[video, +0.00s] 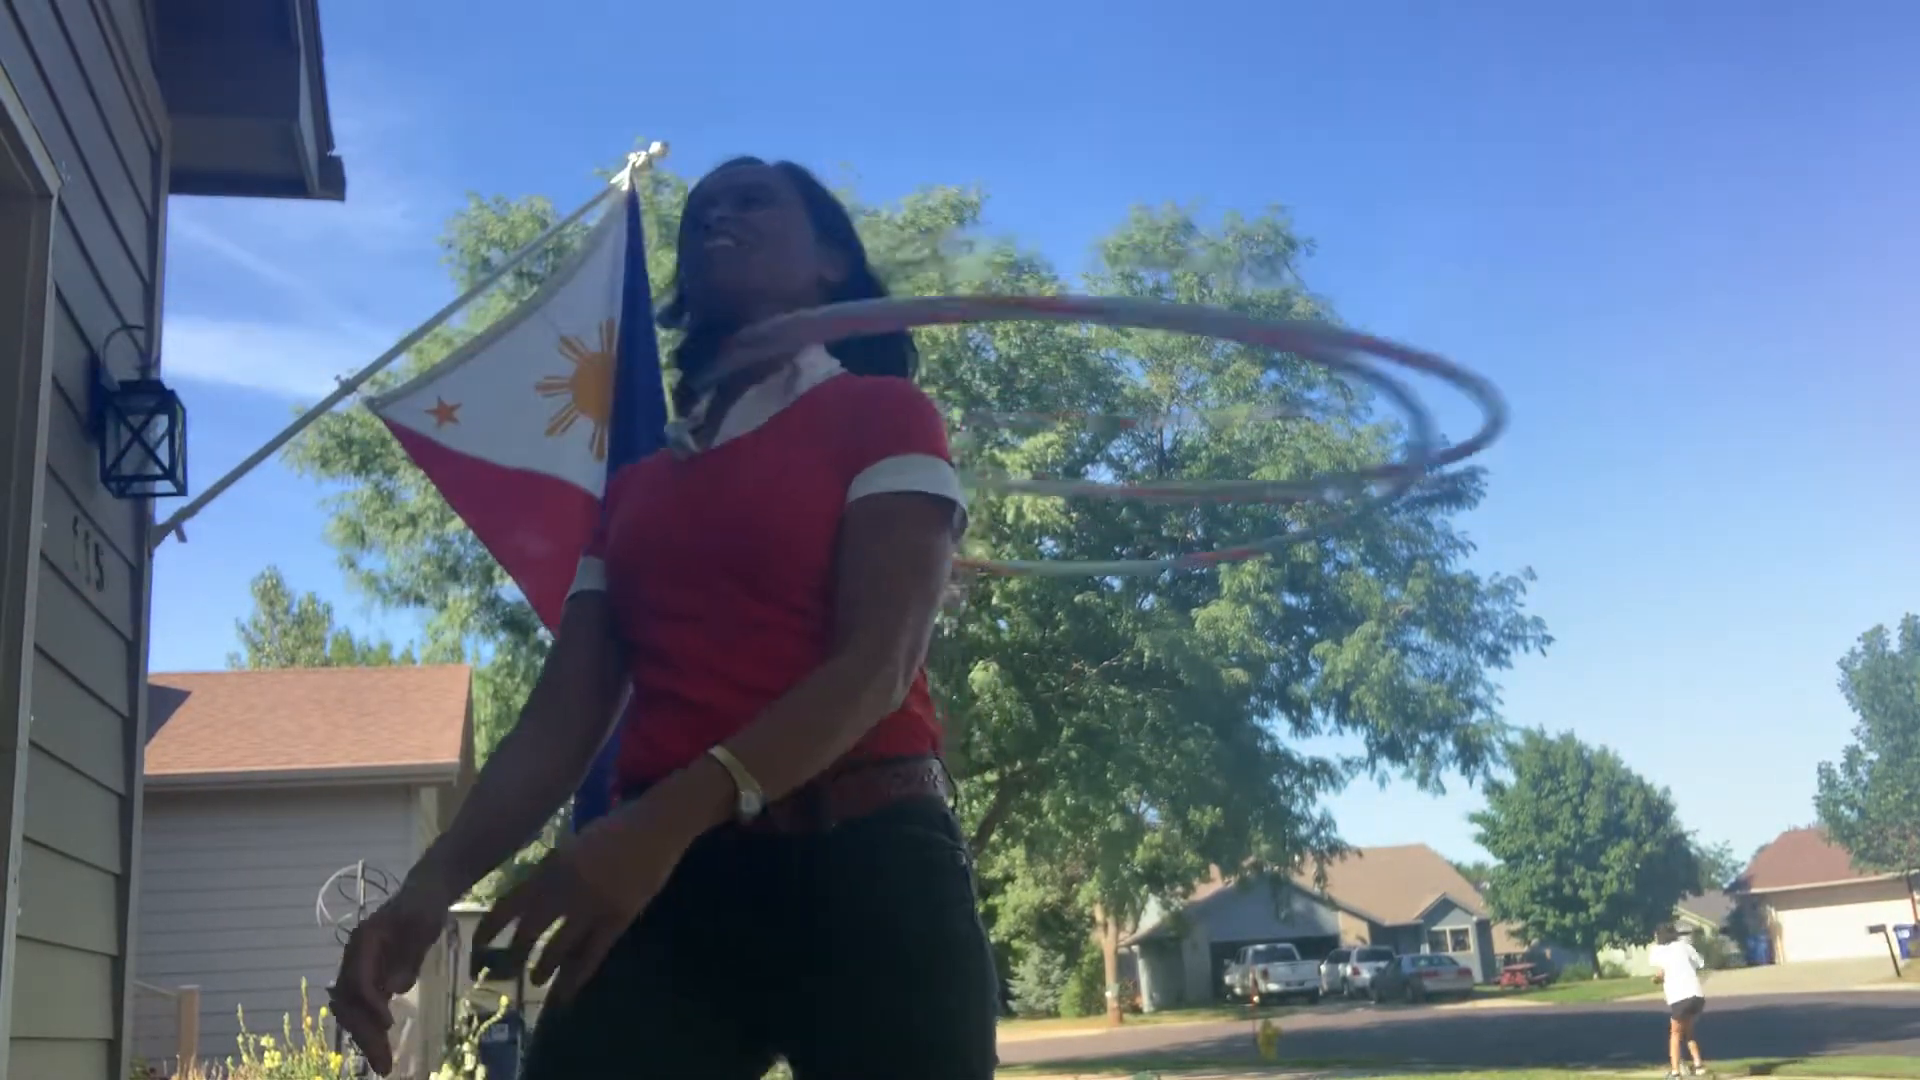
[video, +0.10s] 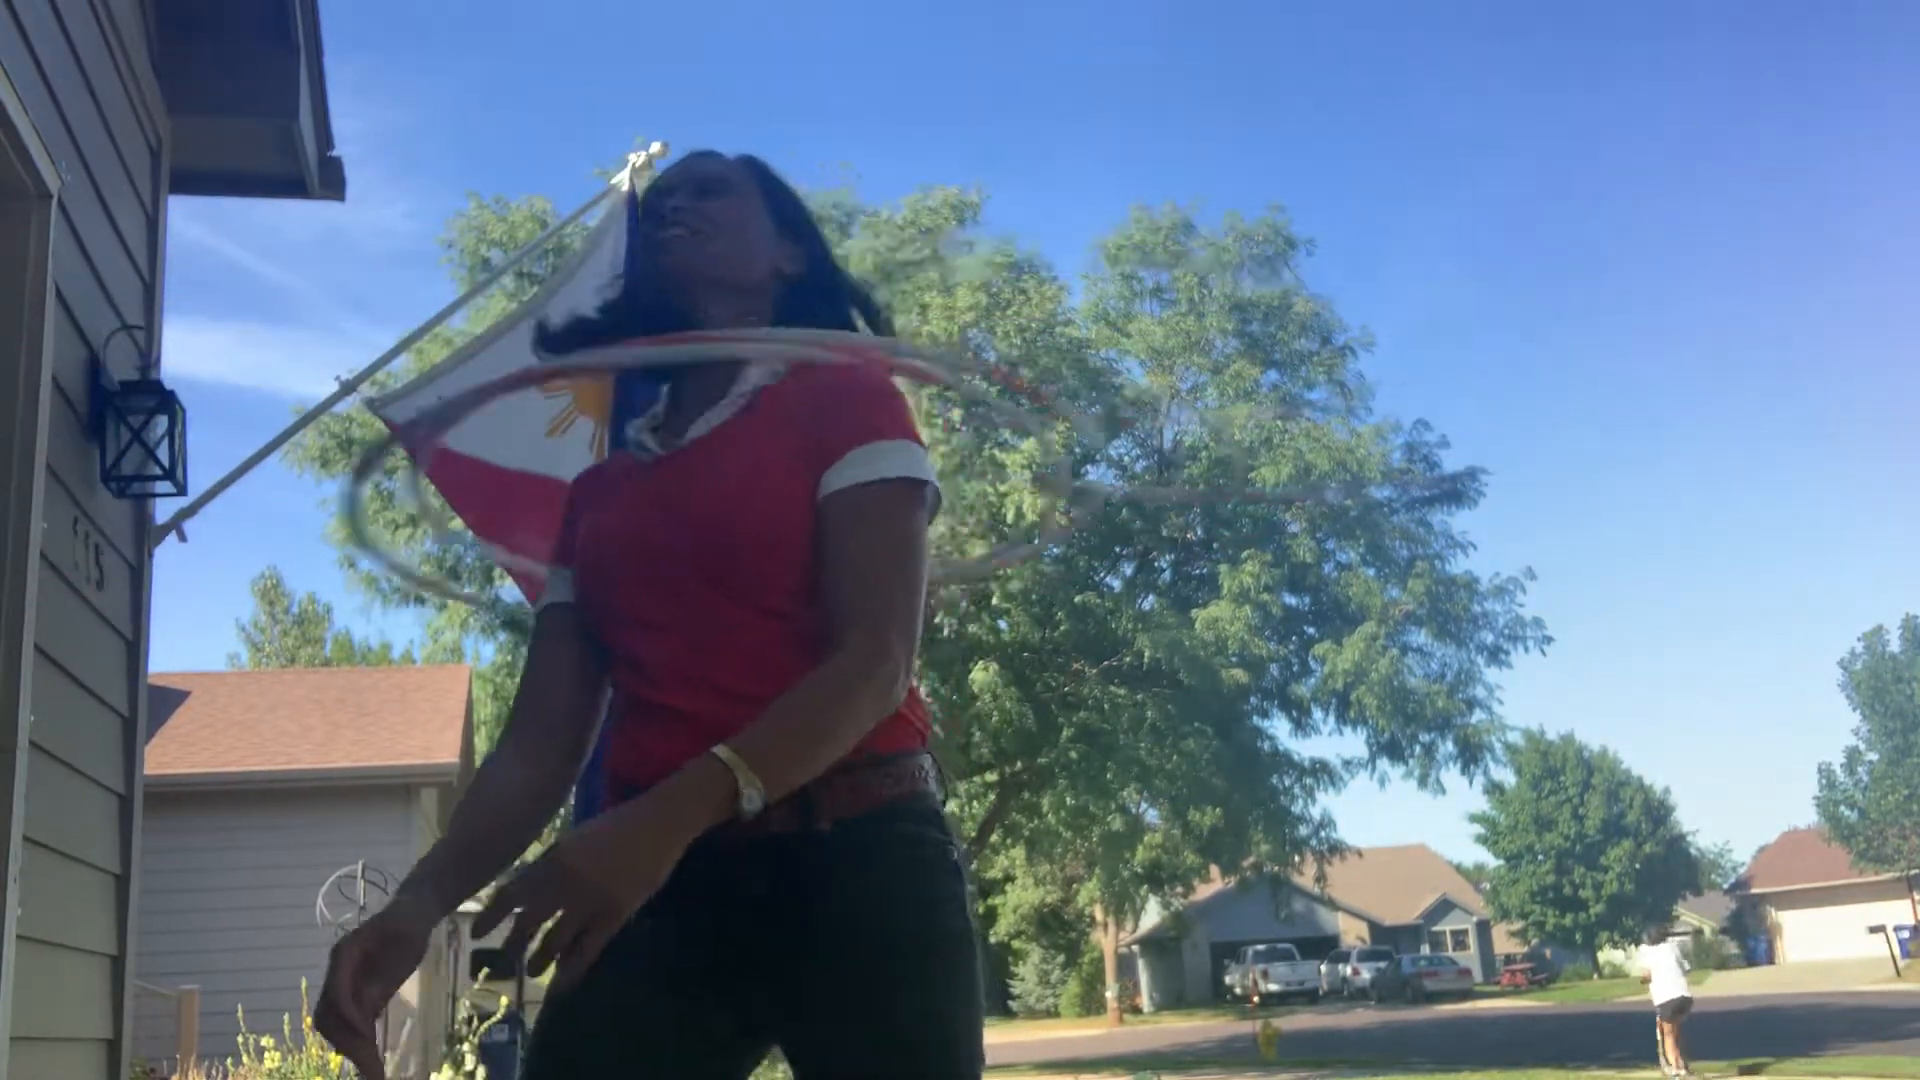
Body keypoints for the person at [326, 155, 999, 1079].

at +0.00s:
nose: (713, 222)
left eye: (752, 202)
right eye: (697, 223)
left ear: (832, 265)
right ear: (686, 291)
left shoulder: (880, 412)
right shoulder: (638, 480)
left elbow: (877, 662)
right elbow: (566, 706)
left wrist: (664, 819)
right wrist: (430, 891)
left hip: (866, 861)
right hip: (666, 880)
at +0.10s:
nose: (668, 208)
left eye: (711, 191)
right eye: (654, 205)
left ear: (789, 255)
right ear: (636, 273)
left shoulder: (841, 388)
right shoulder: (600, 488)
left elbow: (876, 661)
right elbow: (543, 734)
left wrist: (667, 817)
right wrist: (414, 911)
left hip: (858, 860)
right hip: (660, 884)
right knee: (569, 1062)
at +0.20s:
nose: (678, 218)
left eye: (720, 198)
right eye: (661, 212)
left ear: (799, 263)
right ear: (641, 274)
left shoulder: (862, 413)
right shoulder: (606, 487)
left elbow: (910, 669)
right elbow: (540, 733)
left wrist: (742, 839)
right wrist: (435, 933)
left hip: (856, 867)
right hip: (646, 882)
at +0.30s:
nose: (736, 231)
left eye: (779, 211)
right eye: (720, 219)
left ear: (852, 279)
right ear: (704, 285)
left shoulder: (911, 437)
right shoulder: (645, 482)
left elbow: (950, 682)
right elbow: (569, 703)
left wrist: (802, 845)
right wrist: (461, 906)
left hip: (869, 877)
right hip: (656, 873)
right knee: (567, 1062)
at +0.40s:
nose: (783, 248)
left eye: (821, 233)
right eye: (763, 243)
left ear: (889, 293)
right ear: (744, 302)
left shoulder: (935, 457)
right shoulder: (665, 490)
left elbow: (938, 694)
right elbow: (580, 690)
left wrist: (757, 836)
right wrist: (469, 864)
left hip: (870, 863)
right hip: (663, 870)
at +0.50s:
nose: (777, 243)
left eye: (813, 224)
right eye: (757, 239)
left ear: (891, 280)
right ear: (738, 302)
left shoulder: (927, 441)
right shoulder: (660, 485)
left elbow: (909, 679)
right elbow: (566, 692)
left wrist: (699, 809)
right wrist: (475, 809)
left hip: (877, 867)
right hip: (661, 883)